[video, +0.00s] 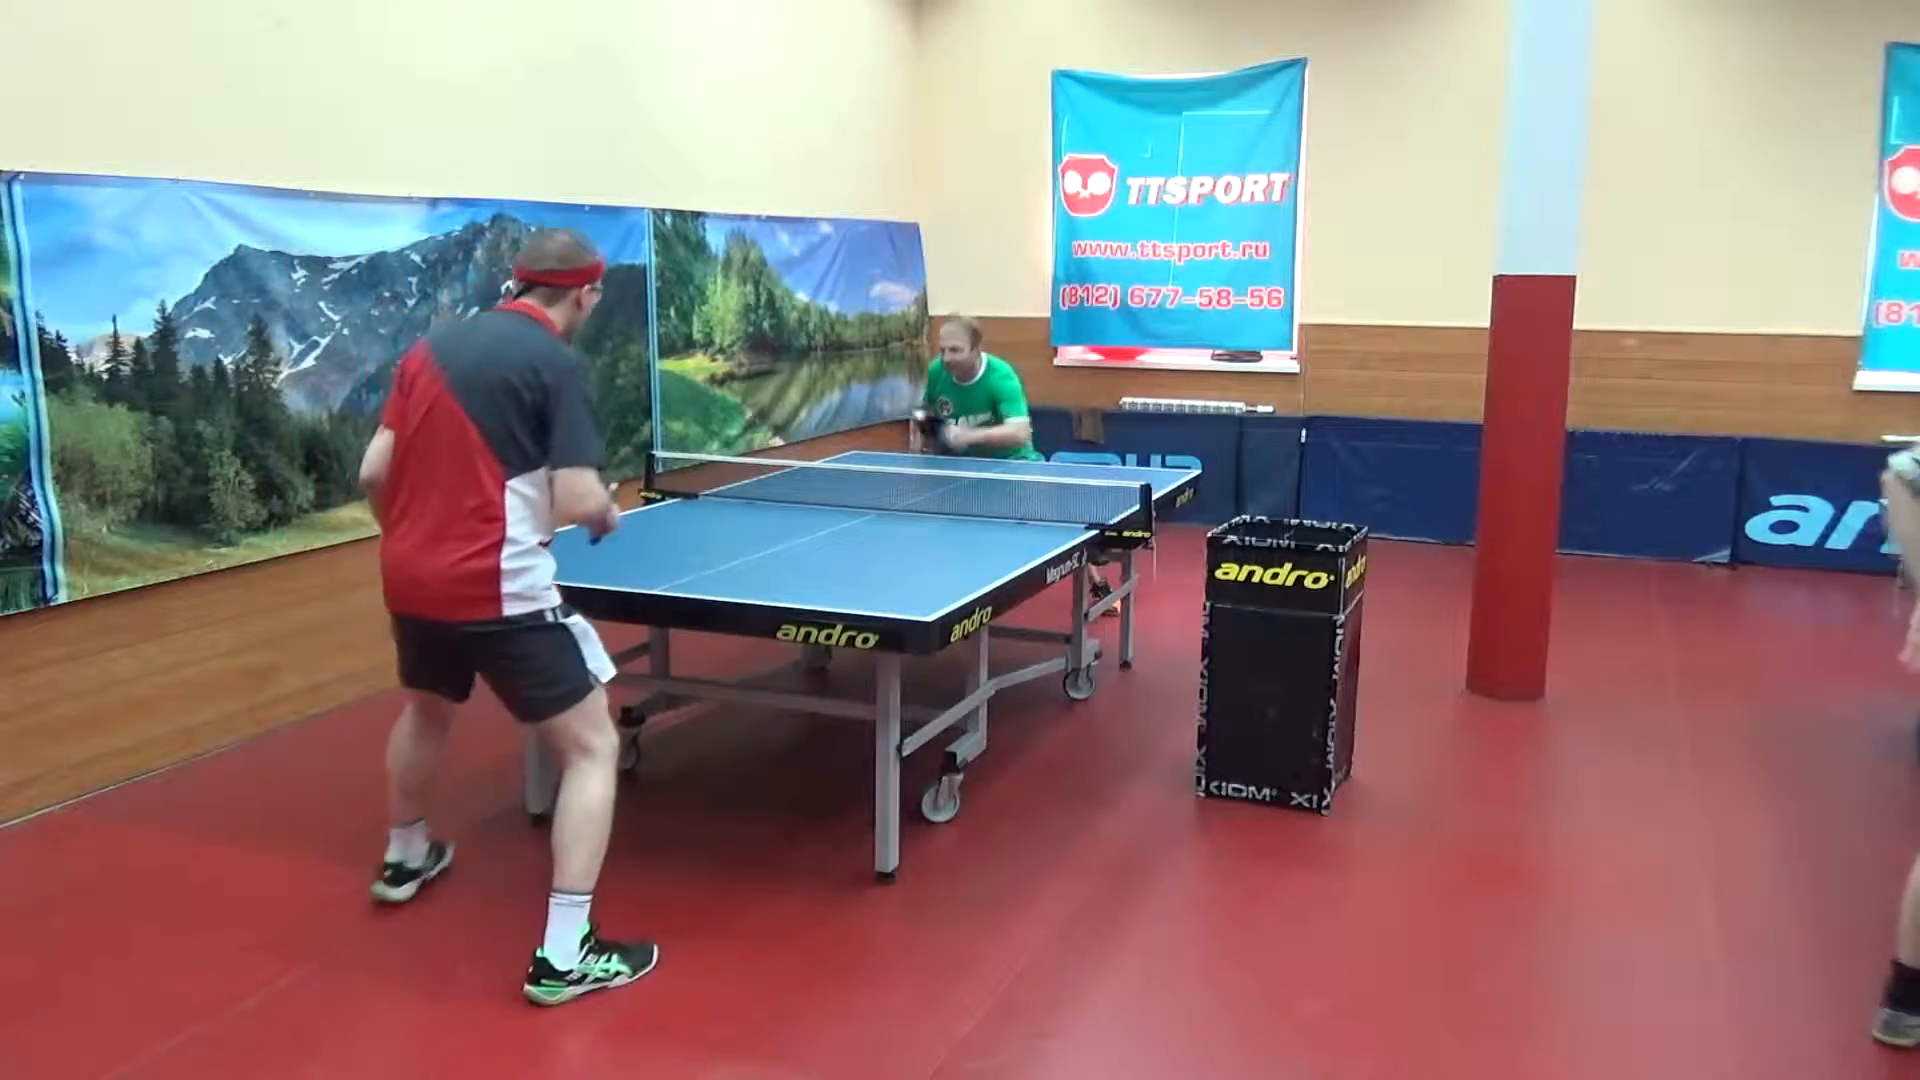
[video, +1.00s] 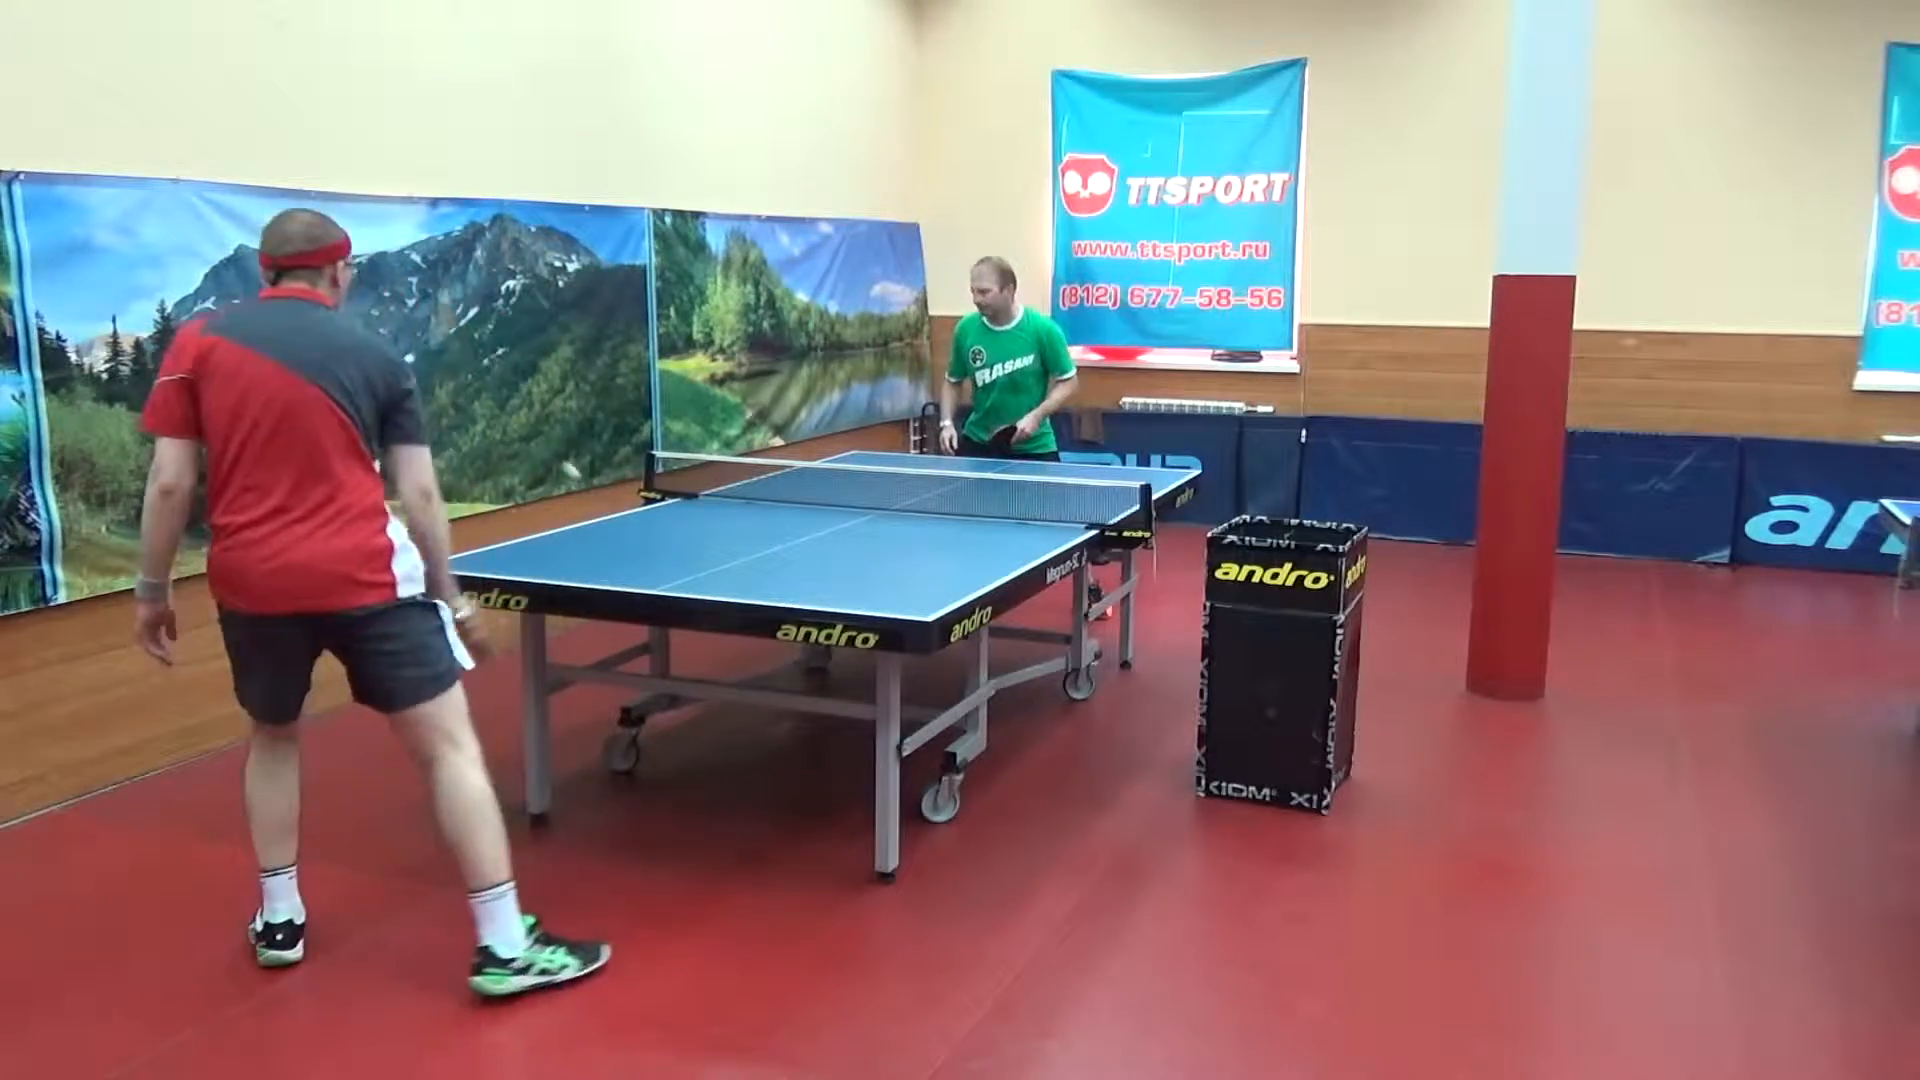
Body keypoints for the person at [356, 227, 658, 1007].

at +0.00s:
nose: (594, 308)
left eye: (593, 296)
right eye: (596, 296)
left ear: (517, 285)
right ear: (580, 294)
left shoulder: (433, 345)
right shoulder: (553, 361)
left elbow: (374, 474)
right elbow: (577, 503)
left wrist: (416, 537)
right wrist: (603, 508)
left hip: (412, 582)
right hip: (503, 589)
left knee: (425, 708)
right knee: (591, 748)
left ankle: (404, 857)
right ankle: (565, 951)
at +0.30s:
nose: (590, 311)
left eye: (588, 301)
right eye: (590, 301)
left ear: (511, 287)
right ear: (581, 299)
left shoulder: (432, 348)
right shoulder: (580, 375)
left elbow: (382, 481)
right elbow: (594, 515)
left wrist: (371, 558)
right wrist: (519, 504)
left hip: (415, 598)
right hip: (523, 605)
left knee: (397, 739)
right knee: (618, 749)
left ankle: (342, 915)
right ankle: (566, 949)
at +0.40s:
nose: (567, 329)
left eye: (566, 317)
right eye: (569, 317)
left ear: (490, 298)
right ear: (560, 314)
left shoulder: (418, 359)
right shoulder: (558, 395)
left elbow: (373, 500)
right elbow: (517, 507)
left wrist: (313, 614)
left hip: (408, 609)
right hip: (521, 618)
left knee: (392, 734)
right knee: (615, 754)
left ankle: (349, 910)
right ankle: (567, 951)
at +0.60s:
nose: (485, 352)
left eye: (480, 342)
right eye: (485, 342)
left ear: (407, 334)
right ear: (476, 343)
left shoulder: (355, 395)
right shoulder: (482, 412)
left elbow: (314, 525)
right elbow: (399, 488)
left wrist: (225, 643)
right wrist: (281, 502)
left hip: (366, 645)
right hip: (480, 643)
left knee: (317, 745)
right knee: (563, 769)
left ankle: (283, 917)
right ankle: (566, 949)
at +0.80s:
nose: (399, 326)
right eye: (399, 316)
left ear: (314, 313)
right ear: (388, 317)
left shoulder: (263, 375)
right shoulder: (414, 401)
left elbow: (231, 507)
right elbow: (383, 513)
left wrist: (173, 630)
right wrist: (254, 566)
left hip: (297, 626)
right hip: (415, 620)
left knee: (286, 741)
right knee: (505, 759)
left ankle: (281, 919)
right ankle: (555, 942)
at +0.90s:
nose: (366, 302)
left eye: (363, 291)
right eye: (365, 291)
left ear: (283, 290)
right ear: (353, 293)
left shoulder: (223, 355)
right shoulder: (384, 377)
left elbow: (193, 490)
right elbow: (404, 515)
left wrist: (161, 605)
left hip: (271, 603)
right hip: (386, 595)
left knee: (279, 737)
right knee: (476, 750)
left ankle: (281, 922)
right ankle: (547, 939)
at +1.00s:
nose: (350, 284)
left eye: (346, 272)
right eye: (349, 273)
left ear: (265, 271)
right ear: (337, 273)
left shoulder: (199, 339)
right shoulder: (373, 356)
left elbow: (171, 480)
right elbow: (417, 494)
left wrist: (153, 588)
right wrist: (451, 599)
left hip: (254, 584)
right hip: (367, 574)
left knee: (273, 736)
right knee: (449, 747)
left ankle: (280, 918)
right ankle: (506, 943)